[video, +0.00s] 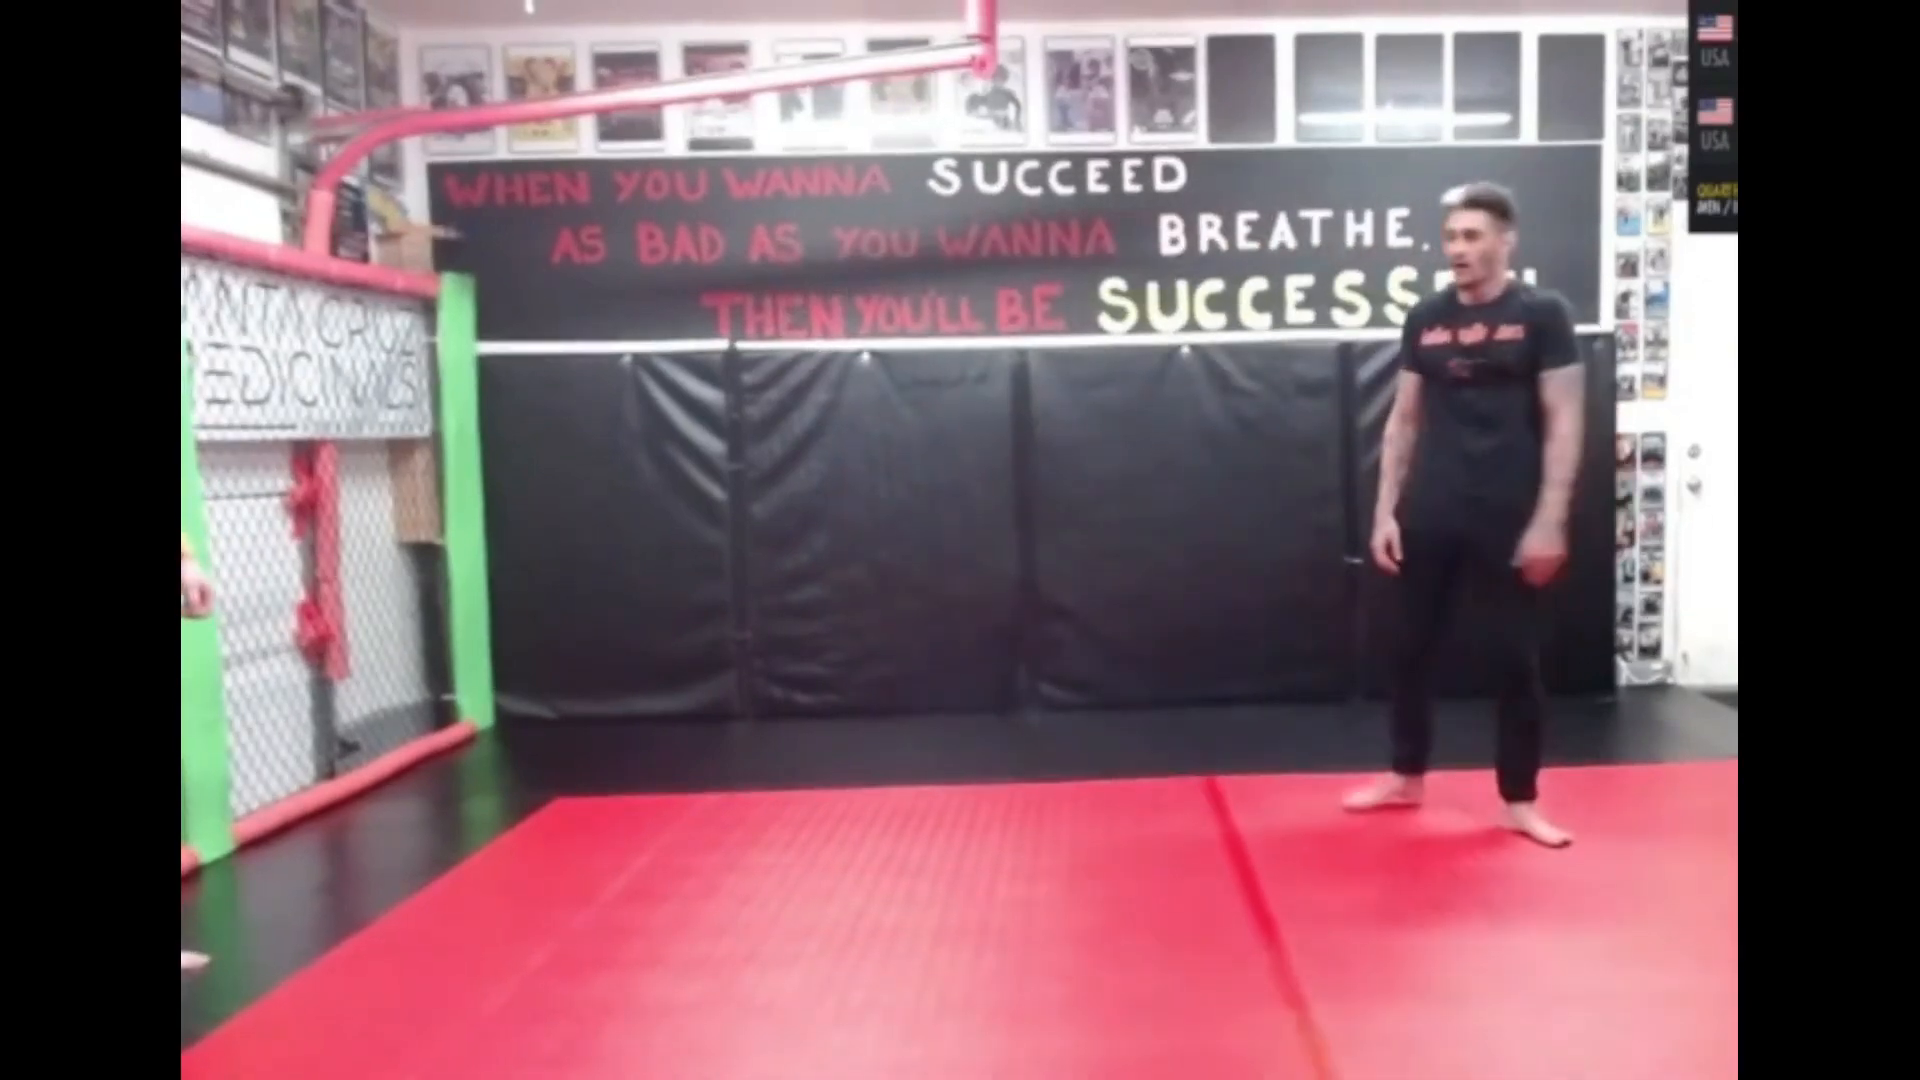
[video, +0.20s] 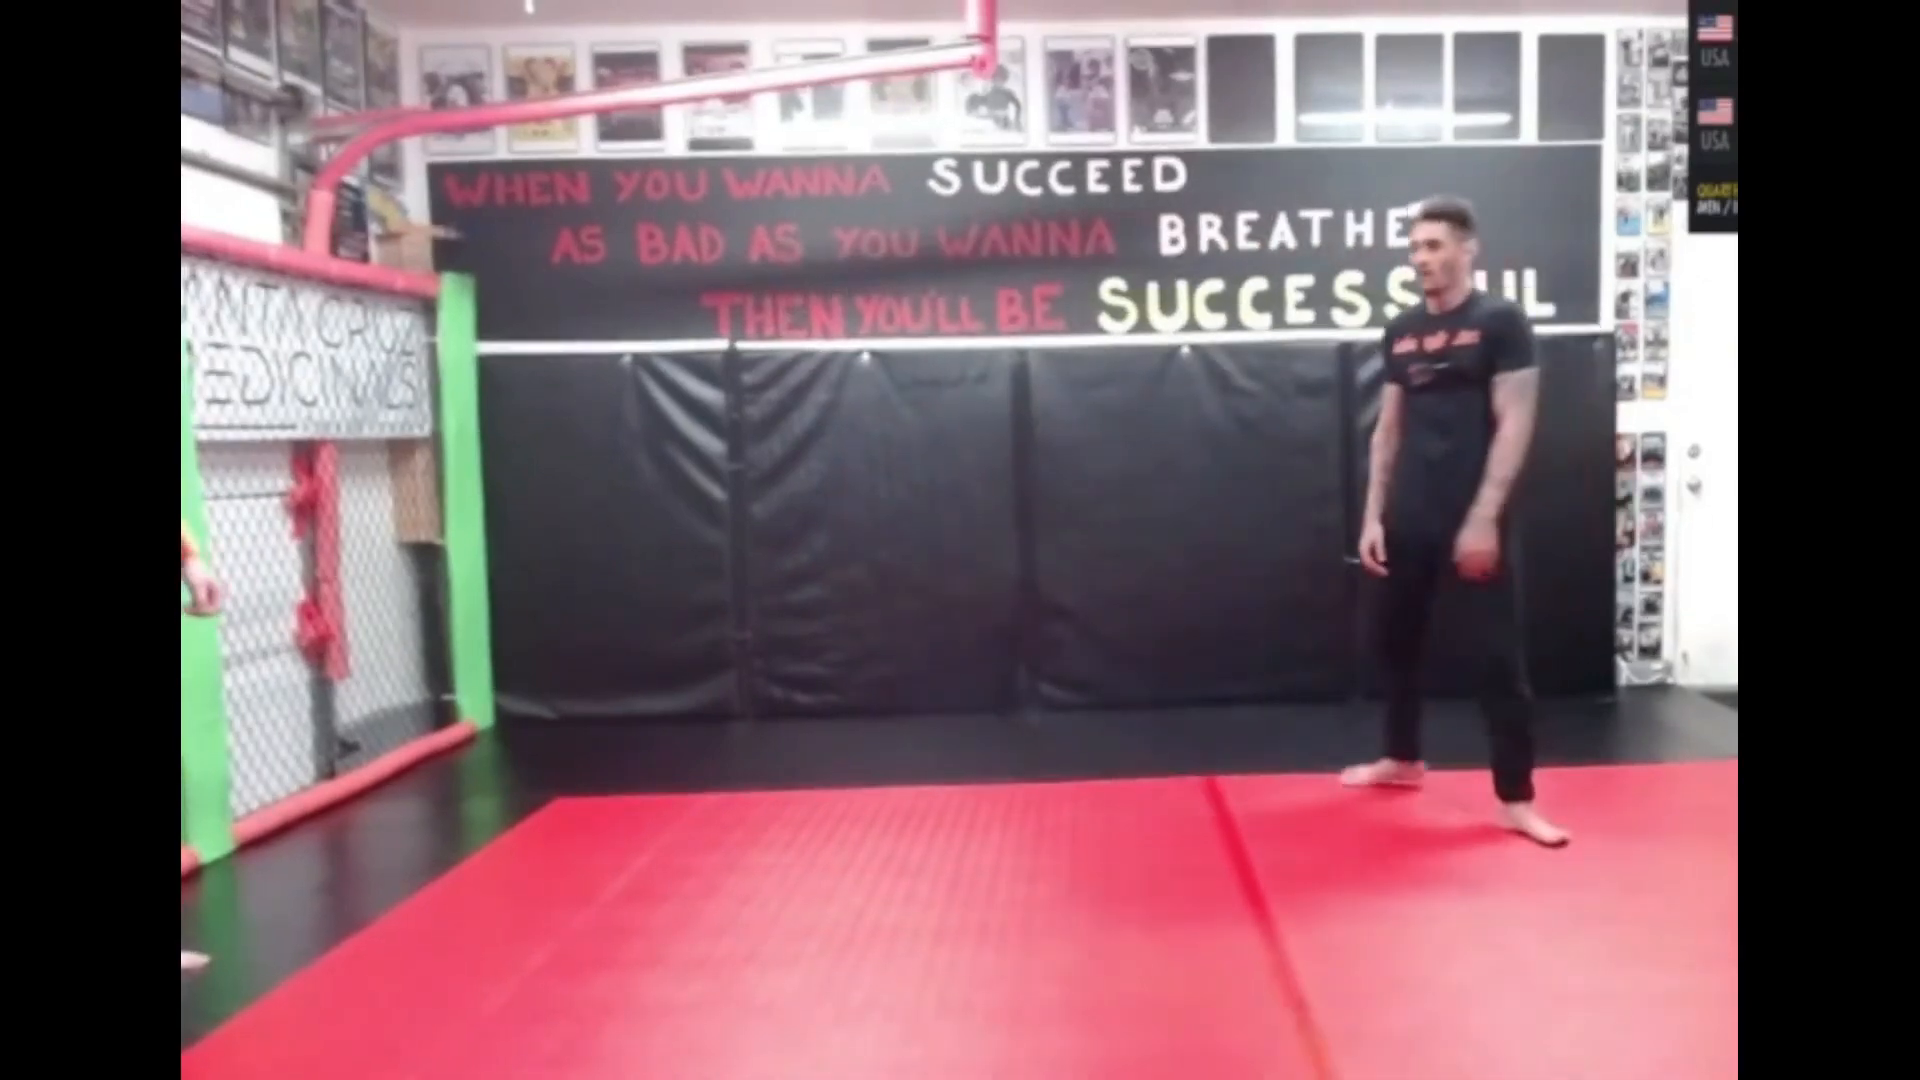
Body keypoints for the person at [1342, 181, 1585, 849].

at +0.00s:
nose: (1459, 248)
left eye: (1472, 236)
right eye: (1450, 237)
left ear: (1507, 241)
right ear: (1443, 245)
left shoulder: (1542, 317)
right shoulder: (1425, 320)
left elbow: (1564, 425)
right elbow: (1403, 420)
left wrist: (1549, 521)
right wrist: (1385, 510)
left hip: (1513, 514)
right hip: (1434, 509)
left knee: (1518, 656)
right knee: (1412, 643)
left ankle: (1520, 799)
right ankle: (1404, 775)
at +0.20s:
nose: (1422, 259)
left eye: (1434, 246)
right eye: (1416, 248)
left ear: (1469, 250)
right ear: (1410, 258)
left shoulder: (1503, 323)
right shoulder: (1403, 331)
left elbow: (1515, 425)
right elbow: (1388, 428)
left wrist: (1483, 518)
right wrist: (1374, 514)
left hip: (1477, 509)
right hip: (1410, 508)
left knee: (1499, 653)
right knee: (1396, 636)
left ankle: (1516, 797)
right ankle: (1402, 757)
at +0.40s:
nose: (1382, 271)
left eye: (1393, 259)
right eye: (1374, 261)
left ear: (1422, 263)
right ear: (1367, 270)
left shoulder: (1445, 329)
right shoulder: (1358, 344)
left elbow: (1457, 414)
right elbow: (1345, 433)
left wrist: (1422, 472)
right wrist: (1324, 516)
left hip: (1422, 494)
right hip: (1366, 497)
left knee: (1422, 632)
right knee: (1378, 628)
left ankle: (1459, 785)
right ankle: (1404, 756)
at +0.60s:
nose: (1355, 270)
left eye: (1367, 259)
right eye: (1348, 261)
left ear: (1394, 265)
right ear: (1342, 271)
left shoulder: (1416, 322)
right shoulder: (1340, 344)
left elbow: (1430, 387)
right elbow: (1327, 437)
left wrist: (1421, 434)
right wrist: (1300, 518)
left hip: (1406, 490)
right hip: (1355, 494)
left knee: (1377, 626)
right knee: (1375, 626)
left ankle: (1375, 779)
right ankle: (1404, 759)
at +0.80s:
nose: (1314, 274)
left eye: (1326, 263)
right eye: (1307, 264)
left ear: (1355, 267)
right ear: (1302, 273)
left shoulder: (1377, 325)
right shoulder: (1309, 347)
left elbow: (1379, 397)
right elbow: (1298, 441)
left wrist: (1352, 418)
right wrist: (1276, 523)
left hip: (1367, 503)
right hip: (1324, 503)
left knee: (1333, 636)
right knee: (1356, 633)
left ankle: (1309, 788)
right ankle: (1403, 758)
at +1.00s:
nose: (1274, 267)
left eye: (1286, 256)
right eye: (1267, 257)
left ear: (1314, 258)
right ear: (1263, 265)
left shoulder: (1333, 319)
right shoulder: (1277, 335)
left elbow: (1323, 394)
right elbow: (1267, 434)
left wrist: (1294, 434)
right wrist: (1240, 512)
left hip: (1322, 503)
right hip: (1279, 504)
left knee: (1314, 641)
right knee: (1254, 634)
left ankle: (1310, 790)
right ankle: (1330, 735)